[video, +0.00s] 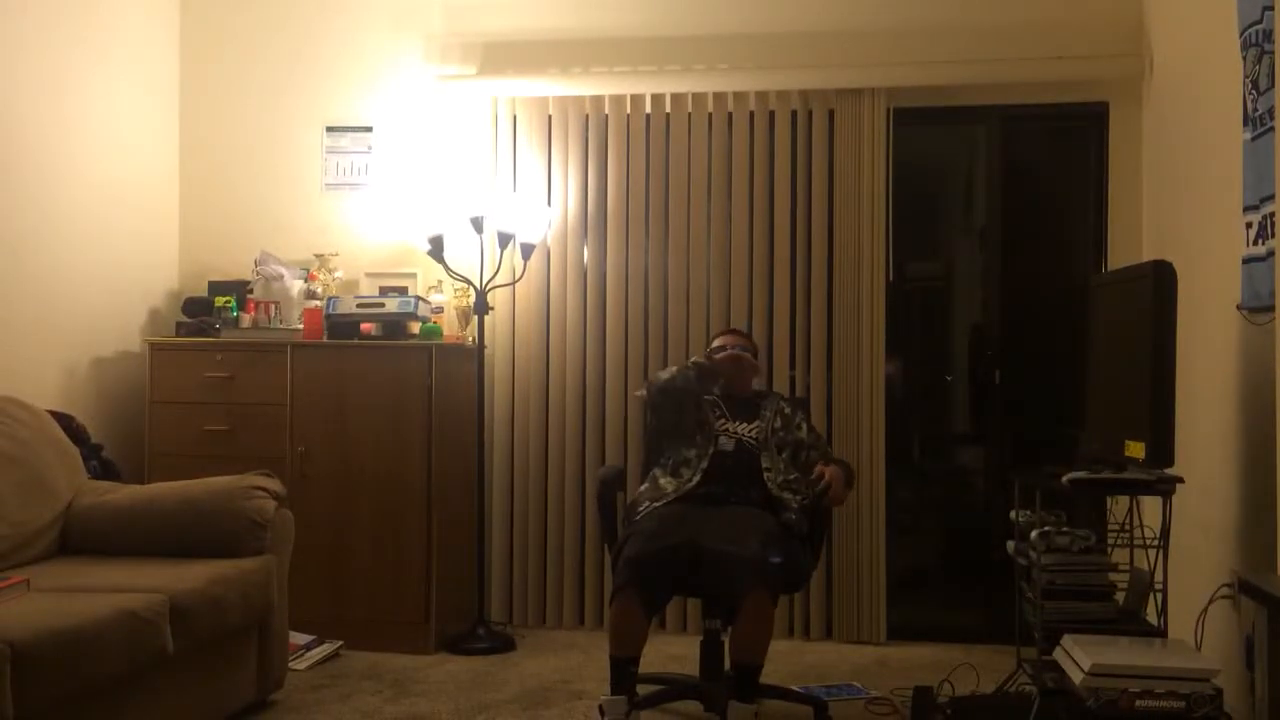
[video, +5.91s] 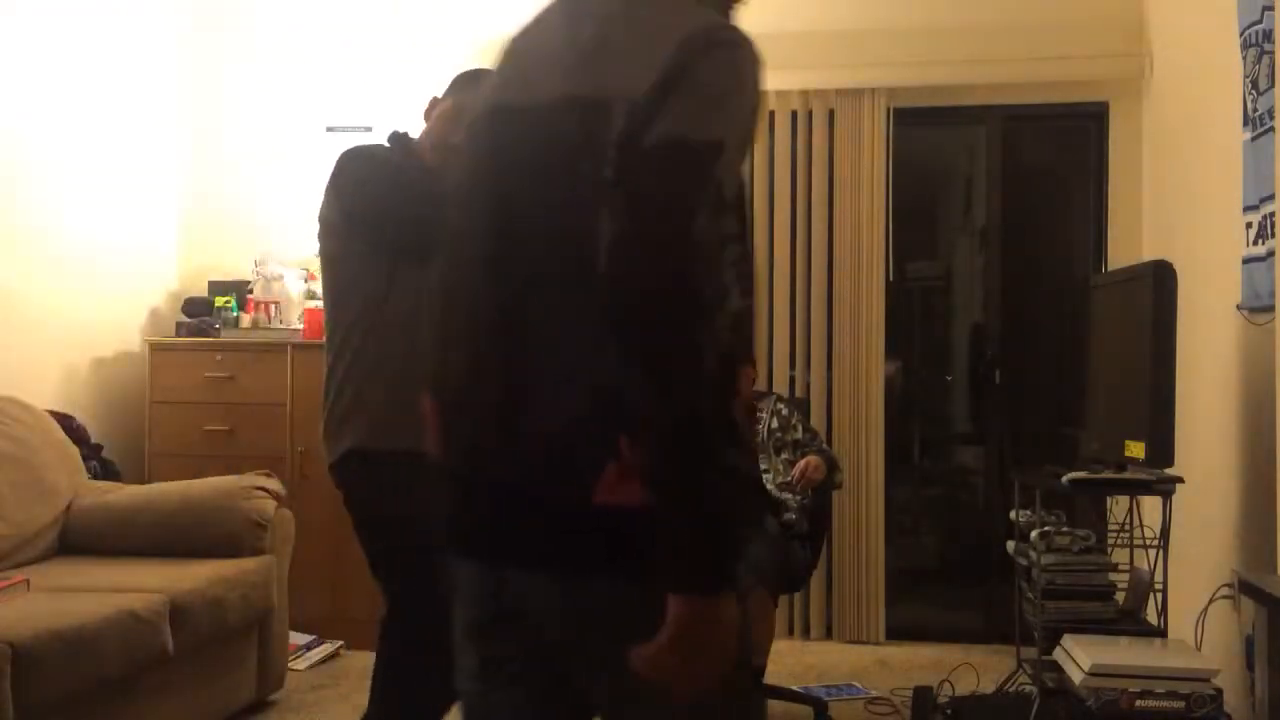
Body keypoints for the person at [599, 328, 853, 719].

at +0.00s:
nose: (733, 355)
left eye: (743, 350)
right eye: (721, 349)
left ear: (758, 366)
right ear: (706, 362)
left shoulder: (780, 409)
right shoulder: (686, 399)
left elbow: (816, 455)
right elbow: (658, 389)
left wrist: (835, 469)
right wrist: (709, 365)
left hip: (753, 508)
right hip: (678, 505)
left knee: (759, 580)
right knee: (636, 571)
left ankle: (744, 703)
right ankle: (620, 695)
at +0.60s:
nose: (721, 362)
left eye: (732, 355)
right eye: (711, 357)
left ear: (750, 365)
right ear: (701, 370)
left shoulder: (779, 409)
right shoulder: (674, 401)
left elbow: (827, 457)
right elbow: (634, 445)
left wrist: (819, 460)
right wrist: (704, 423)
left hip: (750, 508)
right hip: (676, 504)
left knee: (756, 579)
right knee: (636, 568)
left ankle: (746, 703)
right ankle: (622, 696)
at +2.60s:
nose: (733, 352)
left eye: (744, 351)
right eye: (724, 350)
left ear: (760, 374)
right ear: (710, 371)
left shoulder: (781, 413)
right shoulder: (674, 409)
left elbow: (825, 458)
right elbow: (634, 462)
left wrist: (821, 460)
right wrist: (691, 469)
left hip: (750, 508)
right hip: (674, 506)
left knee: (757, 576)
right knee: (637, 566)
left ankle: (746, 704)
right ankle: (621, 695)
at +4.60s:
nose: (728, 353)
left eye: (739, 351)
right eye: (719, 351)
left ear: (756, 372)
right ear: (708, 372)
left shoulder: (779, 411)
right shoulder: (674, 409)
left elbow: (822, 453)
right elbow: (638, 464)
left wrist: (819, 461)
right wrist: (689, 476)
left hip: (750, 508)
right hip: (673, 505)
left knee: (756, 577)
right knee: (638, 567)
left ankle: (746, 705)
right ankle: (621, 695)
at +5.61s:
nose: (722, 354)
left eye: (733, 349)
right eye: (714, 353)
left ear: (752, 370)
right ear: (704, 374)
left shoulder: (780, 411)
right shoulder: (674, 407)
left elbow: (826, 463)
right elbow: (643, 469)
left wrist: (819, 460)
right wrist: (690, 477)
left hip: (749, 508)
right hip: (675, 506)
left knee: (757, 580)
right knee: (634, 572)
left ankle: (745, 704)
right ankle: (637, 693)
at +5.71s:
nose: (722, 358)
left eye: (731, 352)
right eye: (715, 355)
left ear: (752, 369)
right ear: (708, 370)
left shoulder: (773, 407)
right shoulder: (694, 406)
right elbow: (667, 459)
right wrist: (694, 477)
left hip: (758, 511)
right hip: (695, 511)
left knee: (756, 584)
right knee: (681, 578)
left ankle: (746, 698)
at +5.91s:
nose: (742, 379)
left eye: (747, 371)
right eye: (734, 371)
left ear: (754, 374)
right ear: (720, 376)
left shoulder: (777, 412)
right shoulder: (706, 420)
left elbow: (825, 459)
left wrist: (819, 462)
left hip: (781, 532)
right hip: (725, 533)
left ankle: (752, 684)